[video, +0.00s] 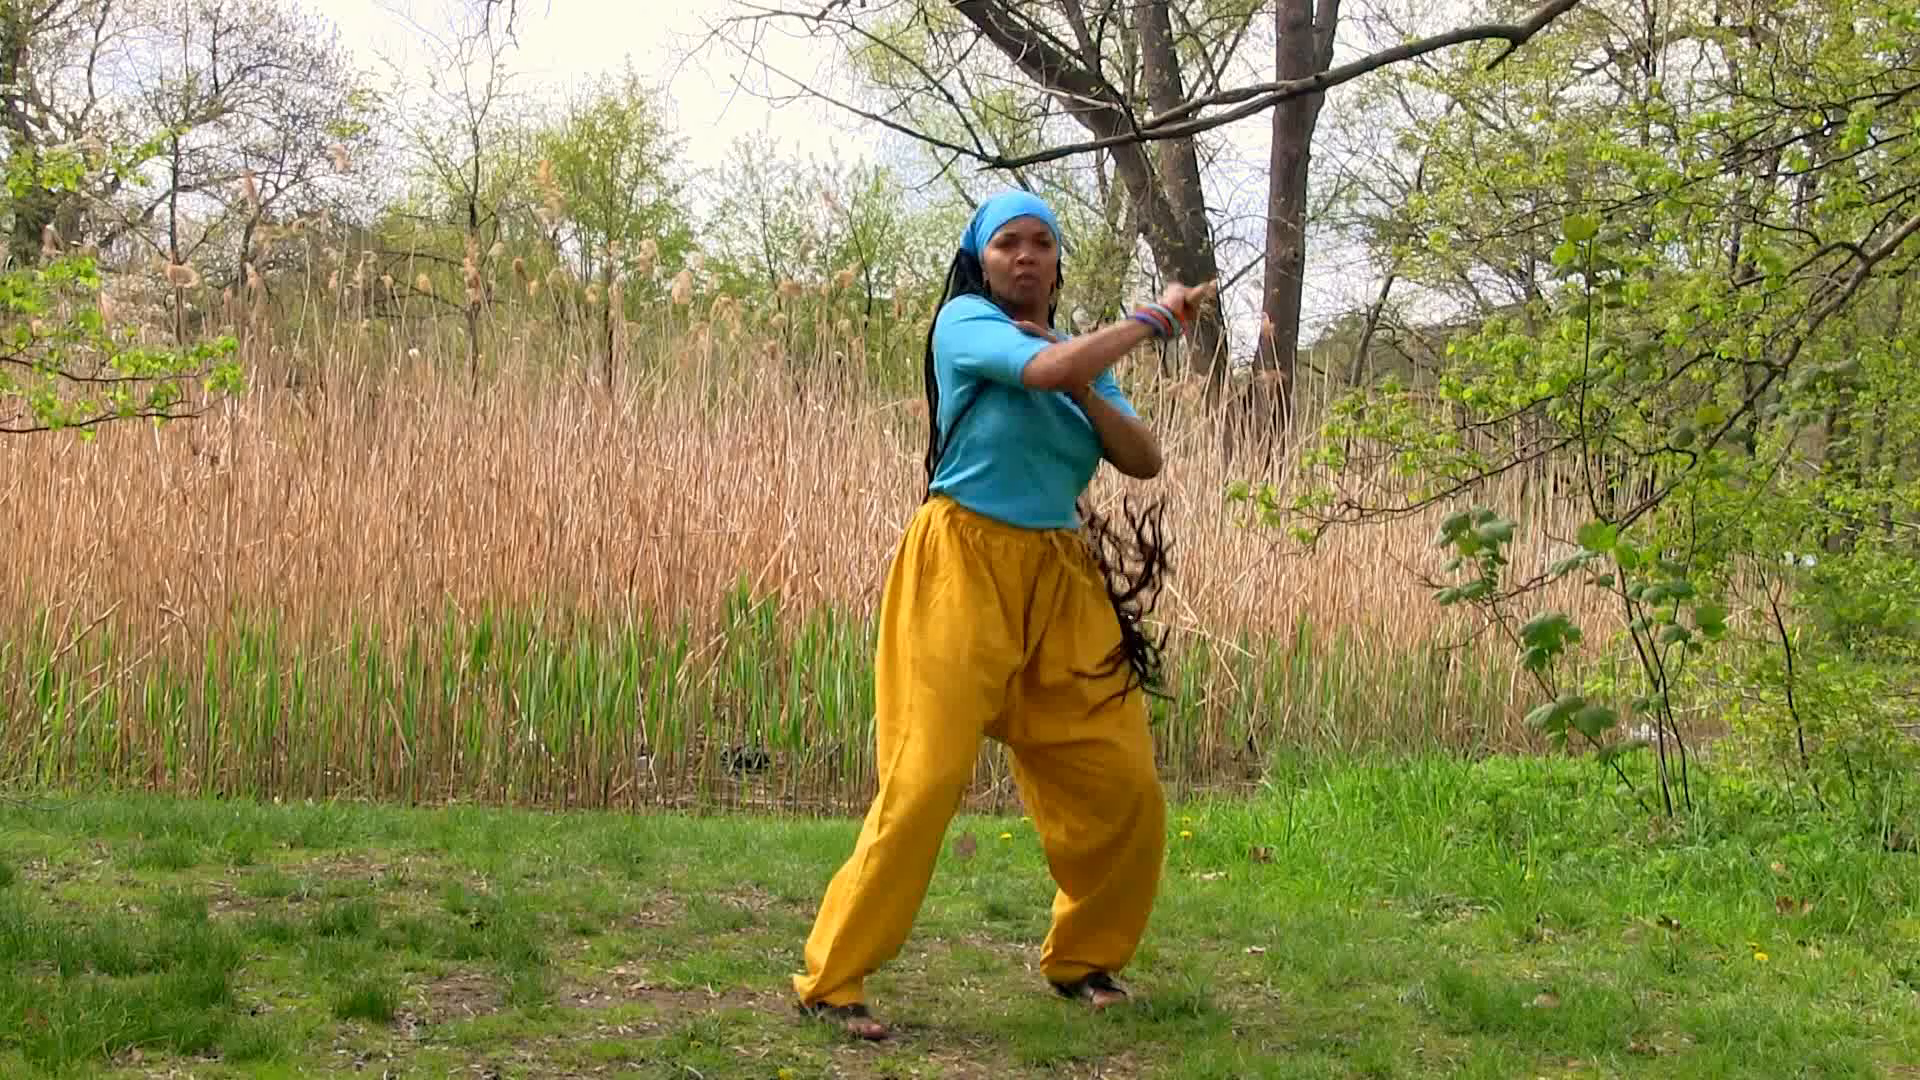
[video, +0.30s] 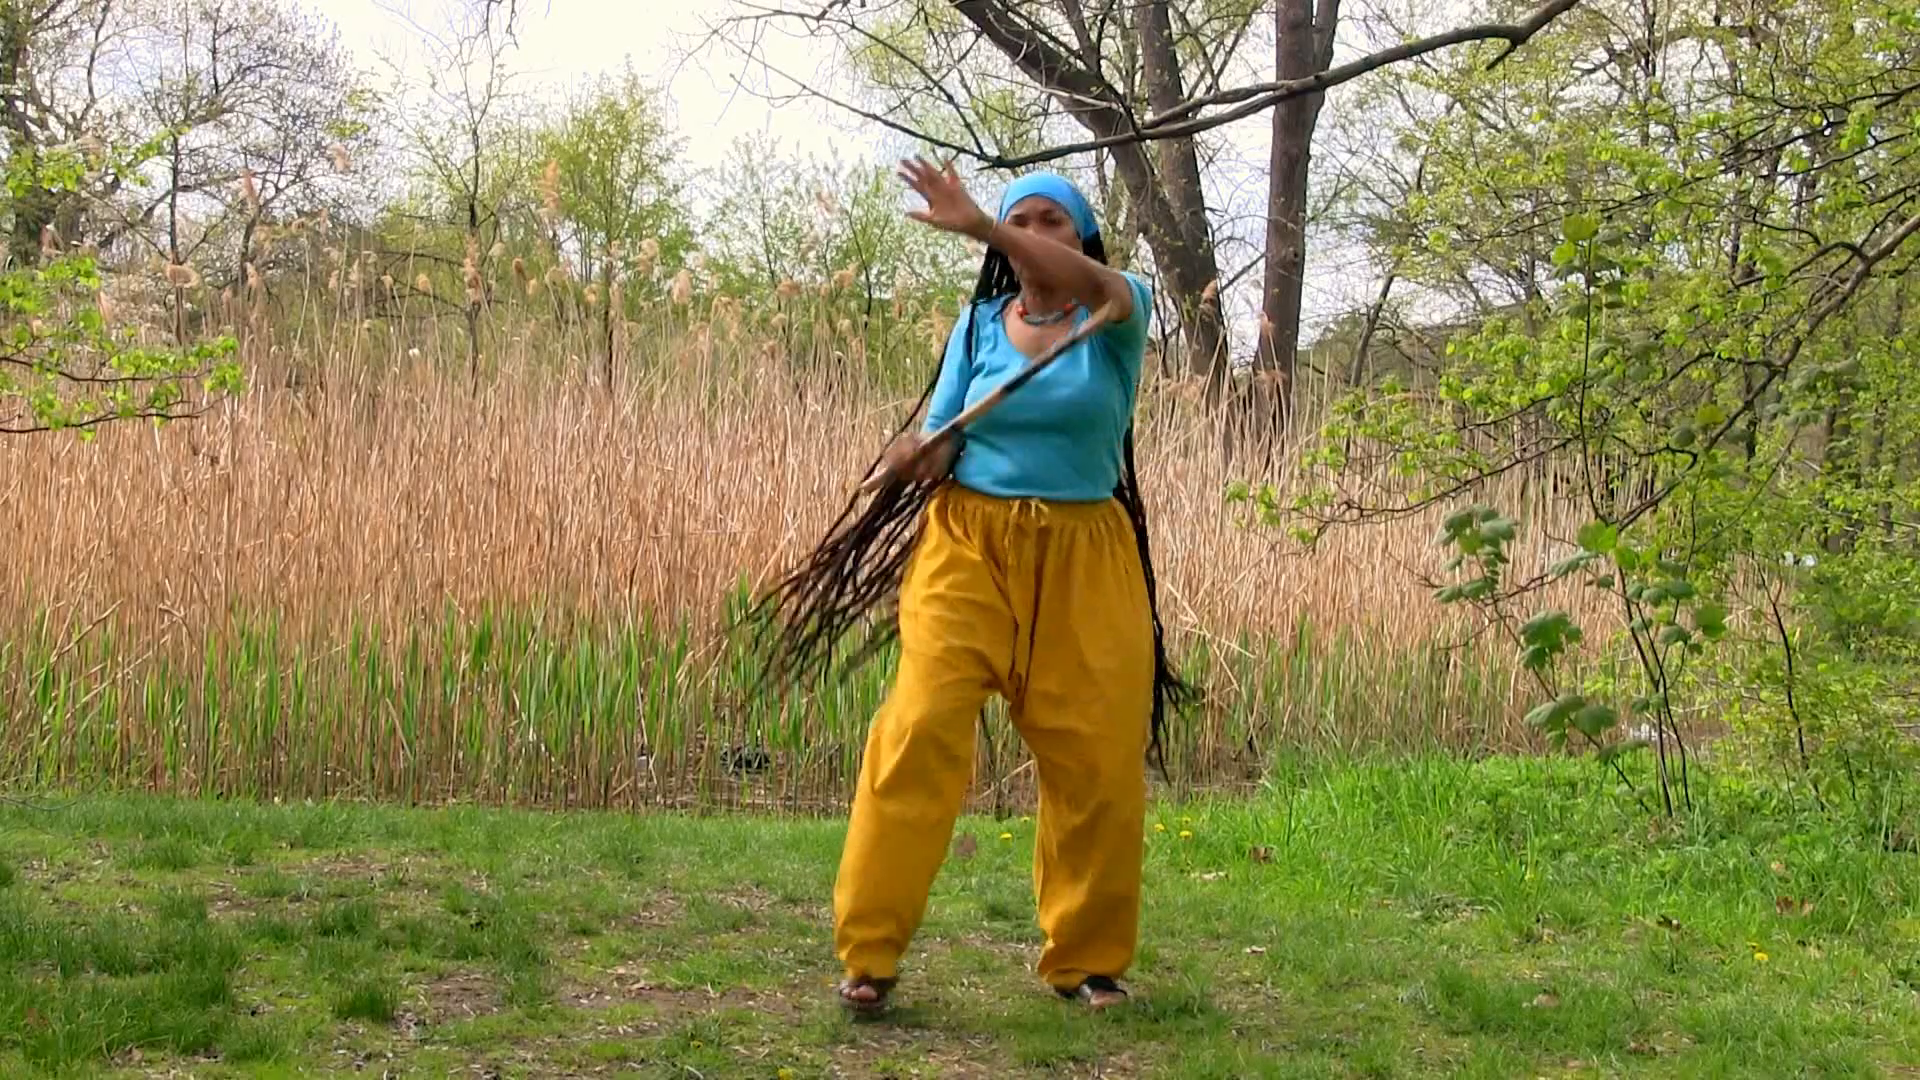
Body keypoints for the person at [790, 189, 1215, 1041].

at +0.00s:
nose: (1028, 256)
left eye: (1041, 244)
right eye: (1010, 244)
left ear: (1061, 263)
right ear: (980, 261)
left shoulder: (1079, 357)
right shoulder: (965, 322)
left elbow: (1145, 459)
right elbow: (1046, 366)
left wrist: (1090, 389)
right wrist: (1145, 320)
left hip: (1061, 572)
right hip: (963, 560)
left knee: (1127, 788)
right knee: (926, 778)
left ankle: (1079, 960)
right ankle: (831, 981)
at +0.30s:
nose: (1033, 230)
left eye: (1050, 220)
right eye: (1019, 222)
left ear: (1089, 243)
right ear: (999, 243)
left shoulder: (1121, 309)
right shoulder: (976, 324)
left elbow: (1078, 279)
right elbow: (941, 440)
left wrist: (983, 224)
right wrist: (912, 453)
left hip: (1087, 552)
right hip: (966, 540)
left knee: (1100, 762)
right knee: (920, 728)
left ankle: (1085, 962)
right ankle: (869, 954)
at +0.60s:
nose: (937, 275)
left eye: (952, 261)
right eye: (924, 268)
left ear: (990, 274)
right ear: (913, 291)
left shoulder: (1034, 343)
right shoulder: (937, 378)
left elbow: (1137, 414)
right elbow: (910, 468)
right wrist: (811, 471)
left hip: (1058, 574)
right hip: (956, 582)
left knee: (1065, 772)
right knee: (906, 770)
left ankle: (1112, 962)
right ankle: (917, 945)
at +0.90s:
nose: (984, 223)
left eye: (984, 210)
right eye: (965, 214)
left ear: (984, 221)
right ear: (915, 238)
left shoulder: (997, 292)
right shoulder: (884, 333)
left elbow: (1000, 393)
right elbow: (915, 465)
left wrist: (1059, 466)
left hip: (1009, 509)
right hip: (912, 526)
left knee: (1078, 686)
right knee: (917, 742)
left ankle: (1042, 886)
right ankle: (899, 934)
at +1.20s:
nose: (1012, 258)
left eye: (1009, 242)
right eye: (1001, 243)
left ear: (925, 251)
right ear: (964, 250)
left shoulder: (875, 313)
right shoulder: (994, 327)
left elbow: (772, 392)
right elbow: (1014, 471)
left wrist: (804, 481)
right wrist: (1005, 515)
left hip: (857, 514)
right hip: (940, 524)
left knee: (890, 711)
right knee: (939, 729)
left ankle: (826, 884)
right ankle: (850, 933)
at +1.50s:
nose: (1001, 322)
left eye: (996, 309)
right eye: (991, 311)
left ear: (917, 319)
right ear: (959, 320)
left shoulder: (868, 371)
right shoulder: (997, 384)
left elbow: (763, 416)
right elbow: (1040, 514)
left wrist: (778, 513)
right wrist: (1012, 544)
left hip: (852, 558)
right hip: (949, 564)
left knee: (862, 741)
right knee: (1038, 743)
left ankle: (802, 909)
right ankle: (956, 890)